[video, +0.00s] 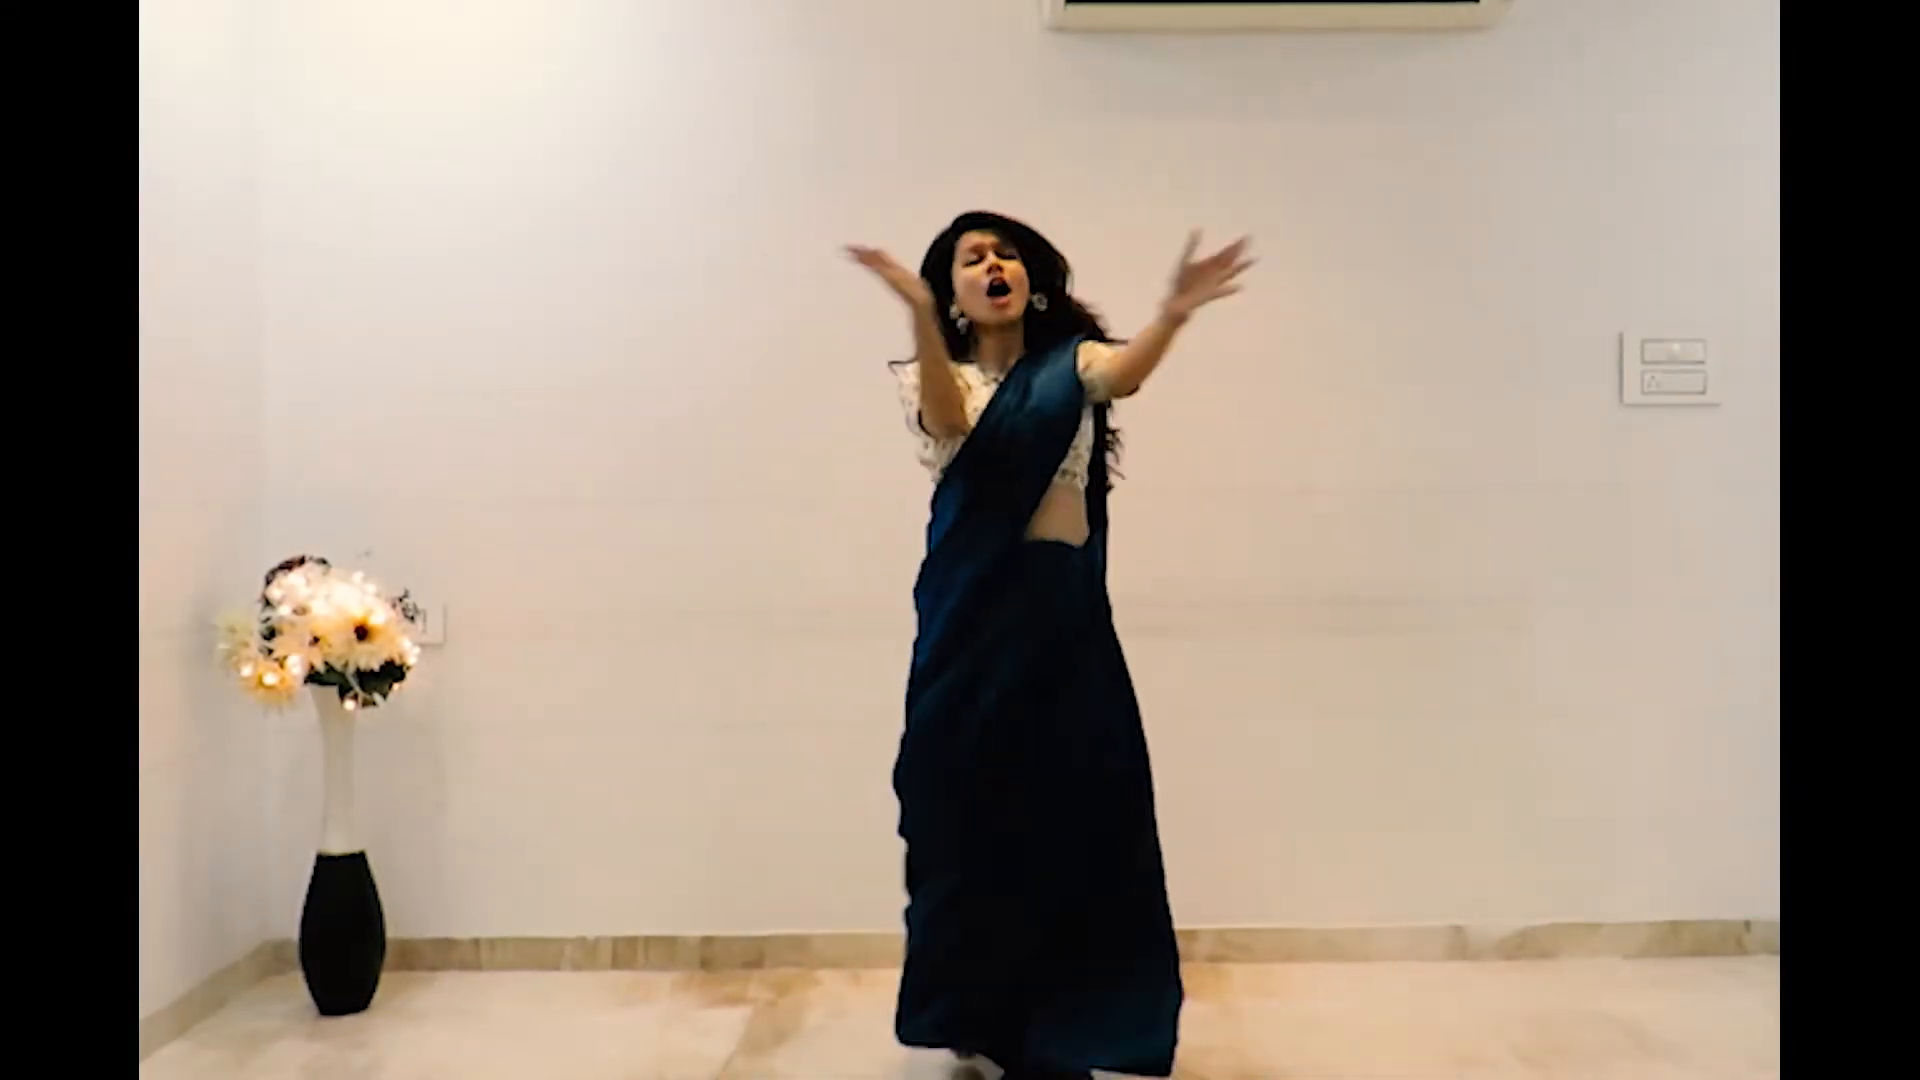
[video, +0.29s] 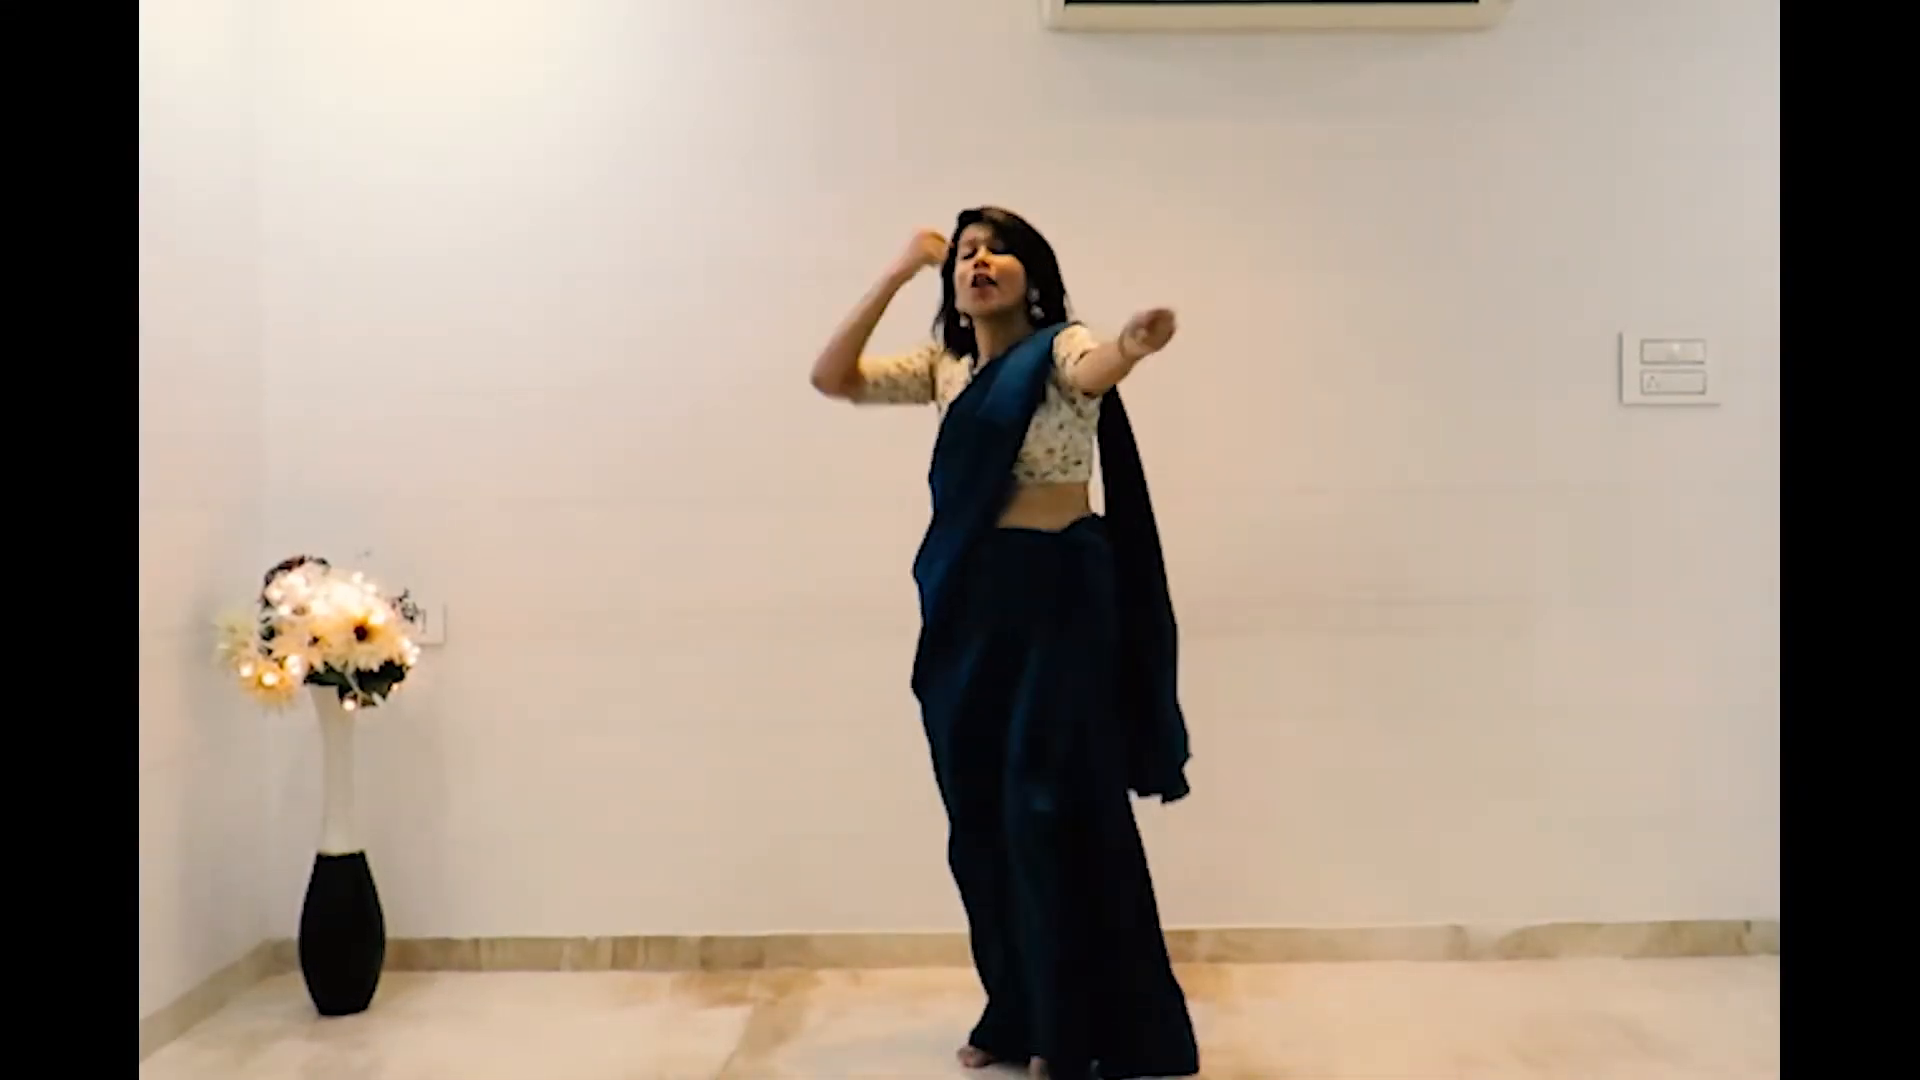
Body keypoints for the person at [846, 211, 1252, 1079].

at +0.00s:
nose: (992, 266)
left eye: (1006, 253)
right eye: (972, 258)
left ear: (1036, 282)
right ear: (949, 293)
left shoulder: (1072, 360)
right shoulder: (937, 379)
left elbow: (1125, 369)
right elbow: (945, 413)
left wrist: (1174, 310)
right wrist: (922, 309)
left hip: (1066, 620)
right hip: (965, 623)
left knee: (1078, 822)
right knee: (960, 822)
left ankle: (1074, 1043)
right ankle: (956, 1040)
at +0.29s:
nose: (979, 261)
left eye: (998, 249)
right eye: (966, 253)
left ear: (1035, 278)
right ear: (953, 287)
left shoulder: (1061, 346)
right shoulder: (945, 366)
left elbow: (1090, 364)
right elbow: (831, 377)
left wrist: (1127, 347)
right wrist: (900, 271)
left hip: (1063, 597)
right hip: (970, 603)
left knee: (1047, 811)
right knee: (979, 817)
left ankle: (1071, 1036)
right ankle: (1010, 1013)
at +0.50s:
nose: (985, 253)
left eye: (1005, 247)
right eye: (980, 245)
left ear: (1043, 275)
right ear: (967, 273)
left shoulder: (1055, 353)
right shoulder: (964, 343)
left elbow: (1113, 370)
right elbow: (898, 261)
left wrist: (1169, 342)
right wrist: (864, 155)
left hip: (1028, 596)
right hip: (965, 597)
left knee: (999, 811)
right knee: (960, 810)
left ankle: (1046, 1024)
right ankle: (995, 1022)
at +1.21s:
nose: (996, 244)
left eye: (1015, 237)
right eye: (991, 232)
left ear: (1043, 267)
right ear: (978, 259)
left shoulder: (1050, 347)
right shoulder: (977, 347)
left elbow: (1069, 301)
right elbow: (877, 335)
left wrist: (1054, 275)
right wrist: (914, 298)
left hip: (1030, 568)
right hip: (977, 569)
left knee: (1008, 784)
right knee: (969, 781)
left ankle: (1013, 1009)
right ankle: (971, 1002)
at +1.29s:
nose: (1010, 244)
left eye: (1029, 236)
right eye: (1000, 233)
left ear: (1061, 266)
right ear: (985, 260)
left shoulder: (1059, 345)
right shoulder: (976, 359)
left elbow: (1081, 355)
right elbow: (885, 388)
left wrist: (1062, 303)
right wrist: (912, 366)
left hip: (1024, 568)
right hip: (966, 572)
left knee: (1009, 782)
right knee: (968, 780)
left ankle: (1025, 1002)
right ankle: (979, 997)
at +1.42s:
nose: (993, 256)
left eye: (1015, 247)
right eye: (992, 244)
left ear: (1054, 276)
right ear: (989, 269)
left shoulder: (1062, 344)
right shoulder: (985, 373)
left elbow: (1082, 370)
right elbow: (960, 456)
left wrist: (989, 388)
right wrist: (917, 468)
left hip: (1028, 598)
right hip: (973, 601)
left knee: (1002, 805)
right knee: (983, 807)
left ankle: (1018, 1031)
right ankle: (998, 1026)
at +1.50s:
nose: (972, 256)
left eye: (988, 247)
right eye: (979, 243)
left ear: (1029, 270)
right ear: (1018, 269)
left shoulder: (1047, 333)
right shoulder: (1005, 356)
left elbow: (1008, 330)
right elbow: (963, 405)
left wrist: (902, 351)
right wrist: (925, 424)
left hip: (1023, 581)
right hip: (989, 582)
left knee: (987, 795)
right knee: (982, 796)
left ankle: (1009, 1026)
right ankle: (999, 1019)